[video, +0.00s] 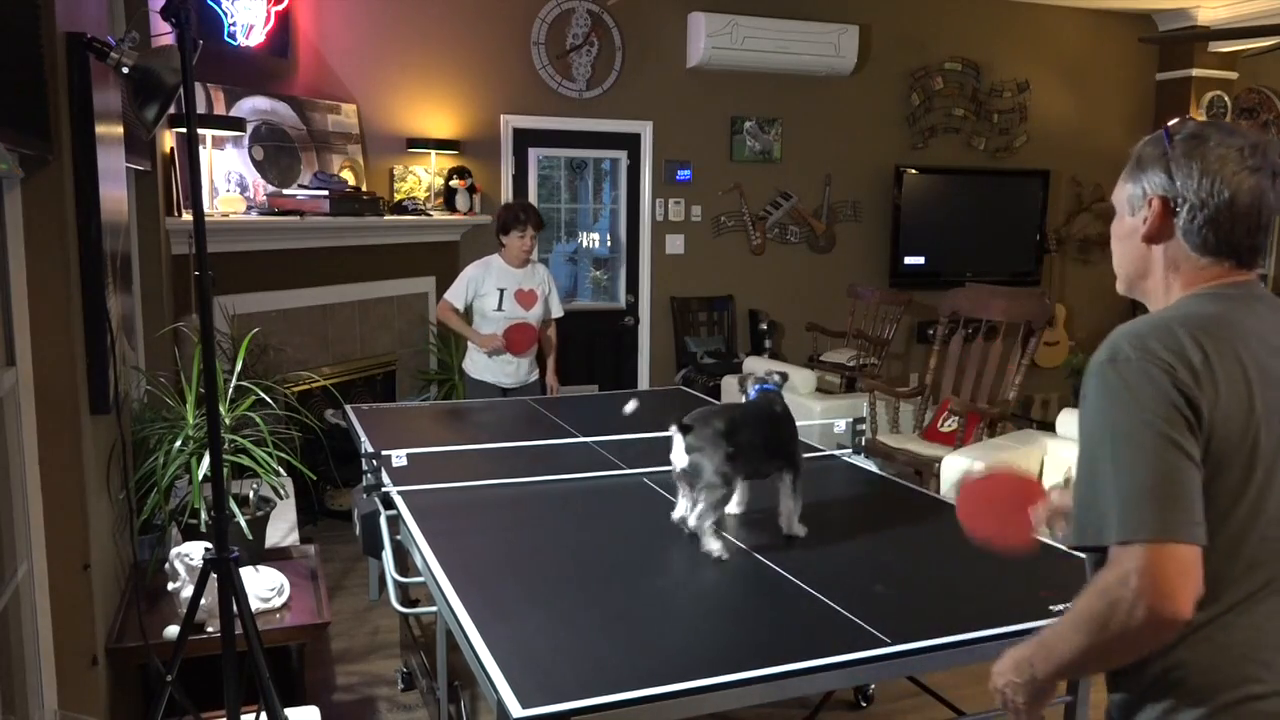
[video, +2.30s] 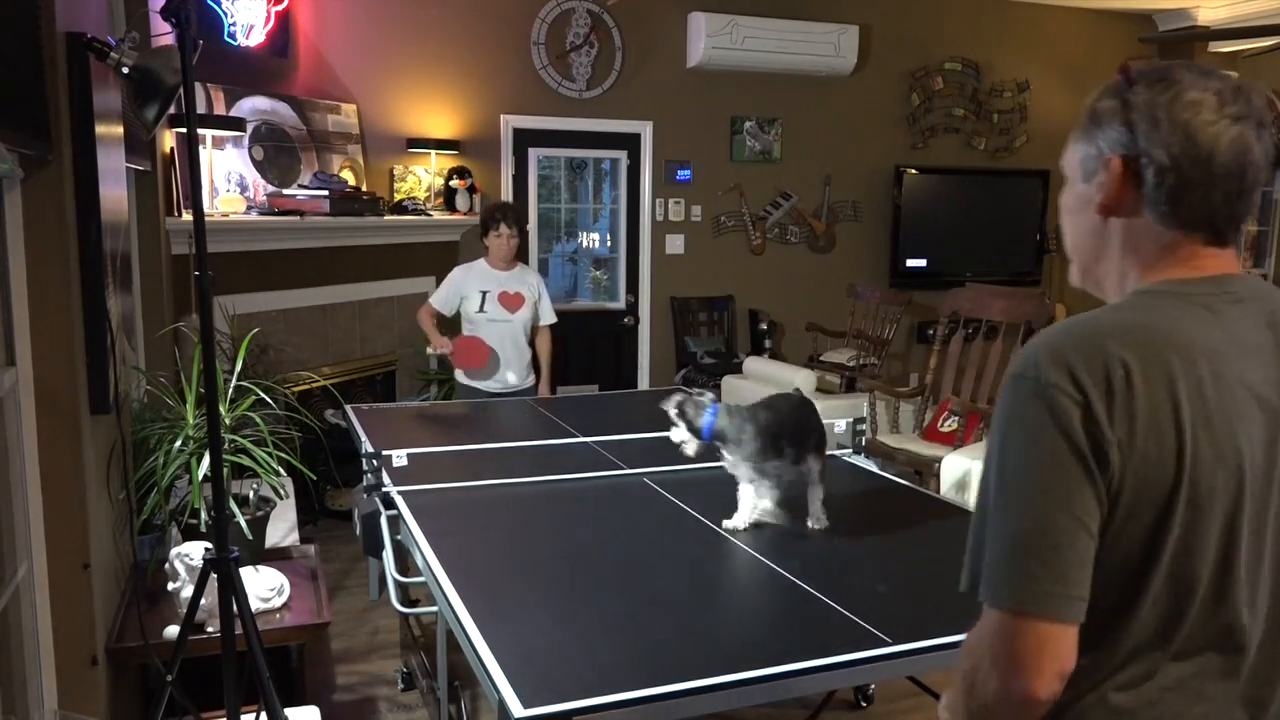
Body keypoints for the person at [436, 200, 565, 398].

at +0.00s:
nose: (529, 244)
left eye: (533, 237)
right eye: (521, 236)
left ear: (537, 237)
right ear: (503, 237)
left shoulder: (541, 274)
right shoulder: (479, 271)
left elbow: (548, 325)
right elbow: (443, 310)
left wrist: (551, 370)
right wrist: (478, 338)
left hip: (526, 379)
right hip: (484, 379)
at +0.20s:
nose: (528, 246)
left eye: (532, 240)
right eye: (520, 239)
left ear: (536, 242)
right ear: (502, 243)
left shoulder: (539, 278)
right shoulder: (482, 276)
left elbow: (539, 330)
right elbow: (454, 327)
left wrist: (535, 375)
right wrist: (494, 345)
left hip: (517, 378)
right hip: (476, 378)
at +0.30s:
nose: (528, 250)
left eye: (532, 243)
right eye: (520, 243)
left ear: (537, 245)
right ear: (502, 248)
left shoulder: (537, 281)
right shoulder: (485, 278)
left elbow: (535, 332)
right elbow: (477, 325)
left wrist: (531, 373)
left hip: (511, 374)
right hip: (473, 375)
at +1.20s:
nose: (519, 233)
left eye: (524, 227)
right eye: (511, 227)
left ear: (529, 231)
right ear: (495, 234)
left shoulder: (540, 273)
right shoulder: (477, 272)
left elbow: (547, 327)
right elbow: (457, 324)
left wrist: (549, 377)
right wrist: (494, 350)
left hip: (531, 382)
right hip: (487, 383)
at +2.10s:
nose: (518, 237)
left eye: (523, 230)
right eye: (509, 231)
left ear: (529, 234)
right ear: (496, 236)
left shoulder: (543, 275)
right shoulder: (475, 273)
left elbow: (551, 328)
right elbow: (450, 319)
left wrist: (553, 375)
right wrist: (468, 347)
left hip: (531, 382)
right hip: (487, 382)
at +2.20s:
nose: (512, 241)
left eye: (519, 234)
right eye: (505, 234)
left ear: (526, 237)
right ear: (492, 237)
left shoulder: (539, 277)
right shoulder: (471, 274)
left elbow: (549, 330)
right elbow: (439, 314)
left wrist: (550, 379)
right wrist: (450, 343)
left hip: (527, 384)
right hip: (482, 385)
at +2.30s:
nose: (506, 243)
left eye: (512, 236)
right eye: (498, 236)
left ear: (520, 239)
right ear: (485, 240)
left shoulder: (532, 279)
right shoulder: (463, 276)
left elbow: (542, 332)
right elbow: (425, 313)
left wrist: (544, 382)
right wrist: (436, 338)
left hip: (521, 389)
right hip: (474, 389)